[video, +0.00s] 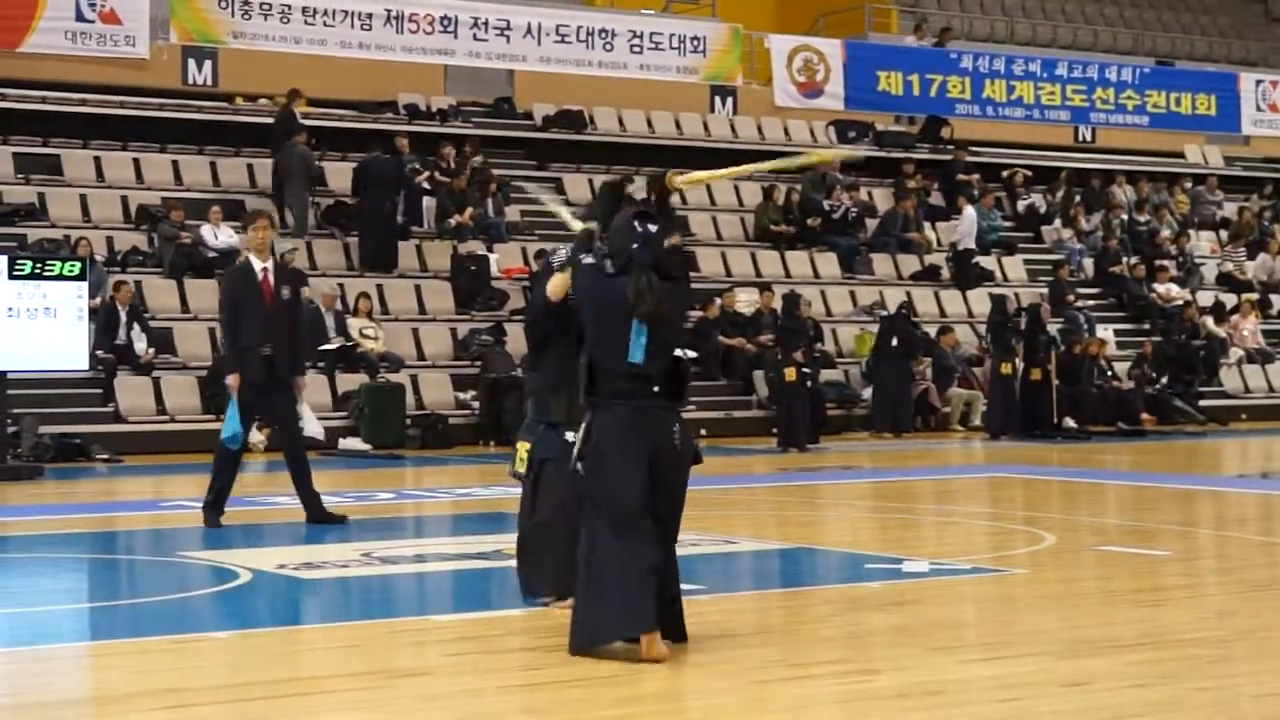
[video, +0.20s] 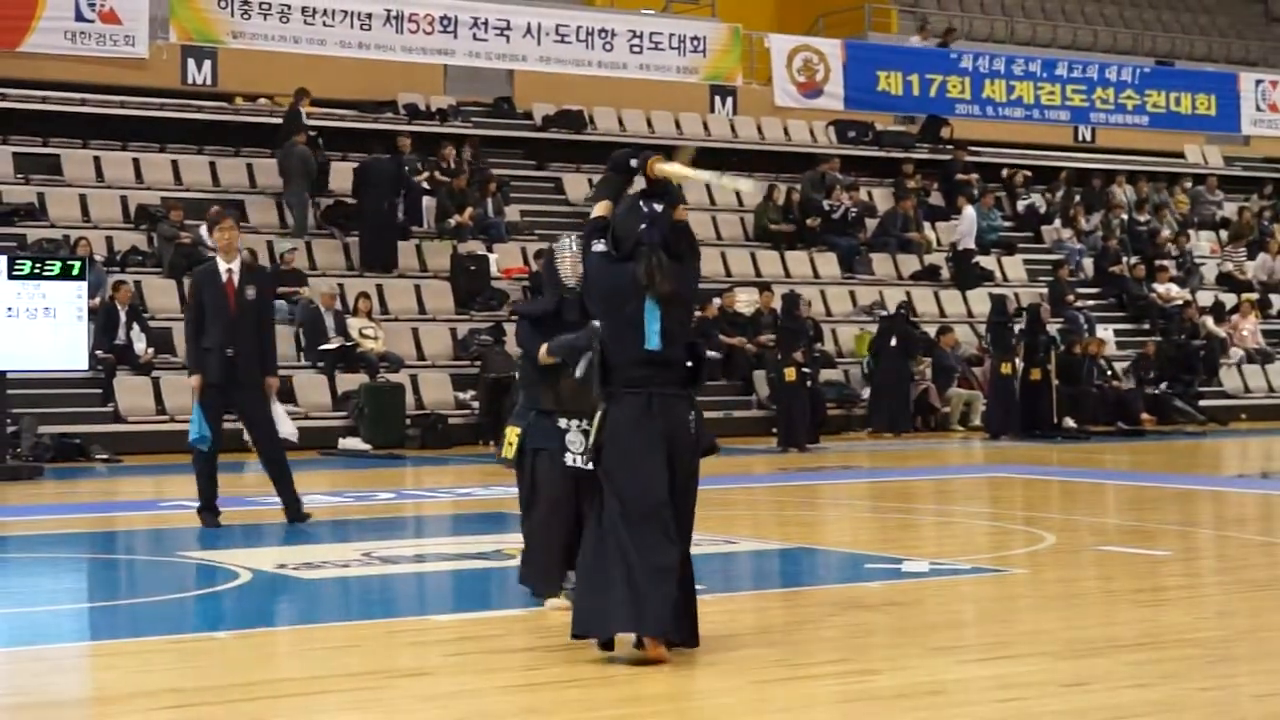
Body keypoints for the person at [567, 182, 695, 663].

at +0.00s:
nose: (610, 243)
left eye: (613, 237)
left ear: (614, 247)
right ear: (656, 249)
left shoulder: (595, 287)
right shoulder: (673, 294)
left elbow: (557, 288)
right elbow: (675, 259)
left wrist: (587, 248)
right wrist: (659, 218)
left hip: (612, 420)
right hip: (661, 418)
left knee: (625, 521)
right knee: (658, 522)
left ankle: (648, 631)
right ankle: (652, 622)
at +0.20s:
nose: (607, 233)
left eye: (613, 229)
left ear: (619, 239)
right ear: (664, 237)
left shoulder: (606, 280)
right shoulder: (682, 281)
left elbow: (599, 221)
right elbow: (682, 241)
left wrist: (621, 173)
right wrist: (666, 194)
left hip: (627, 407)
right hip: (676, 404)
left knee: (639, 511)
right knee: (672, 514)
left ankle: (653, 628)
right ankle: (666, 624)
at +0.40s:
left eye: (620, 219)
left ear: (625, 232)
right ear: (673, 232)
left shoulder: (613, 272)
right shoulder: (690, 275)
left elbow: (604, 210)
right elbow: (681, 222)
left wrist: (627, 162)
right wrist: (666, 169)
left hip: (637, 403)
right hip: (684, 398)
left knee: (643, 512)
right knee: (685, 510)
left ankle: (652, 631)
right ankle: (688, 629)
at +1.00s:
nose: (637, 245)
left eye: (642, 237)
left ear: (649, 244)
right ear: (692, 242)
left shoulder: (643, 286)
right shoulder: (716, 287)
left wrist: (614, 254)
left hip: (671, 415)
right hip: (715, 413)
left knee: (660, 519)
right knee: (699, 517)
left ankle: (691, 618)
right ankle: (678, 618)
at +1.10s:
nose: (646, 239)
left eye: (651, 231)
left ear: (662, 238)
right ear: (703, 239)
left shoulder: (659, 280)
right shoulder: (721, 282)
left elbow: (638, 238)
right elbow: (709, 233)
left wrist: (638, 203)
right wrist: (698, 186)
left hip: (684, 412)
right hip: (725, 411)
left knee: (664, 519)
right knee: (709, 515)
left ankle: (731, 607)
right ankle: (679, 619)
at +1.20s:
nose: (654, 238)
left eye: (659, 230)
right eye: (659, 228)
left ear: (672, 238)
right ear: (712, 234)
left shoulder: (672, 276)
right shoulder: (733, 275)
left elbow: (649, 220)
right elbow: (716, 233)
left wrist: (654, 166)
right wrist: (706, 183)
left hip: (696, 405)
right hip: (732, 404)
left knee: (703, 513)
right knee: (697, 514)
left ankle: (742, 621)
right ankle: (680, 616)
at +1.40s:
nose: (675, 230)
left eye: (679, 223)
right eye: (684, 219)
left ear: (689, 233)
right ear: (727, 226)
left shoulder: (689, 270)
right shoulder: (747, 267)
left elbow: (654, 225)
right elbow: (717, 223)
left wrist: (656, 178)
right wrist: (716, 182)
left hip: (709, 401)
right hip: (745, 400)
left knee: (715, 514)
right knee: (721, 513)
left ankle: (748, 624)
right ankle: (706, 622)